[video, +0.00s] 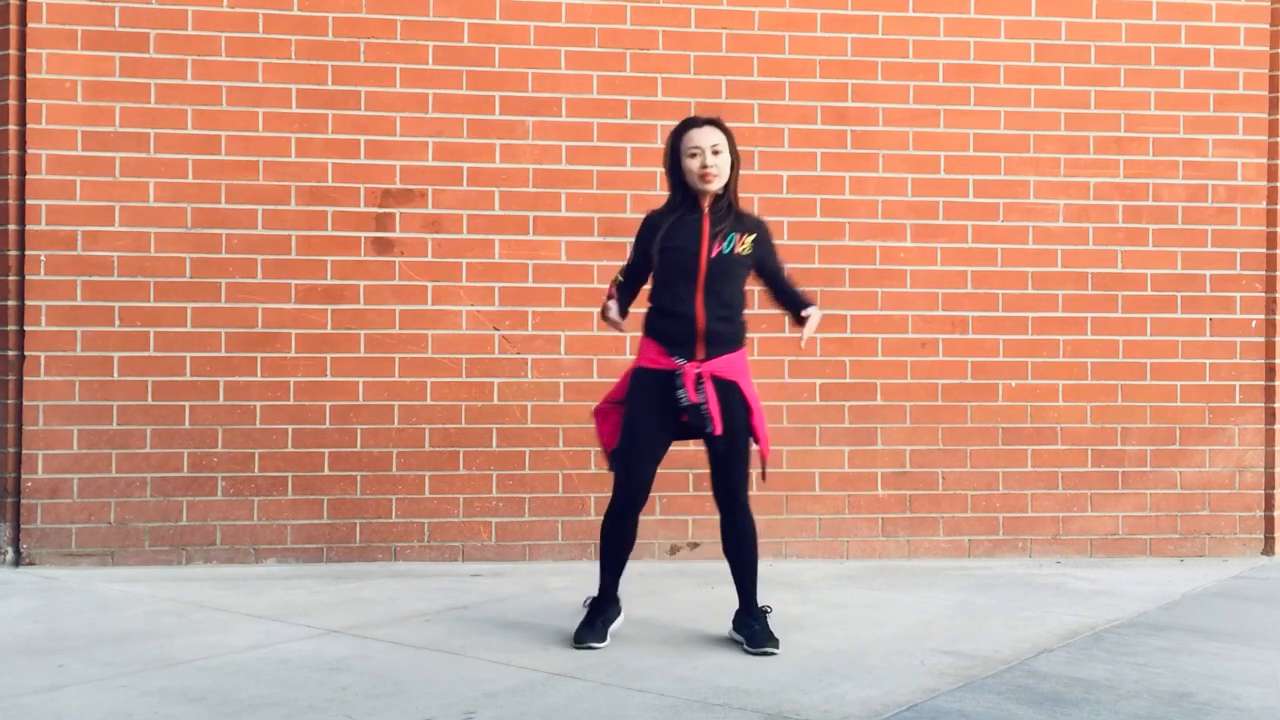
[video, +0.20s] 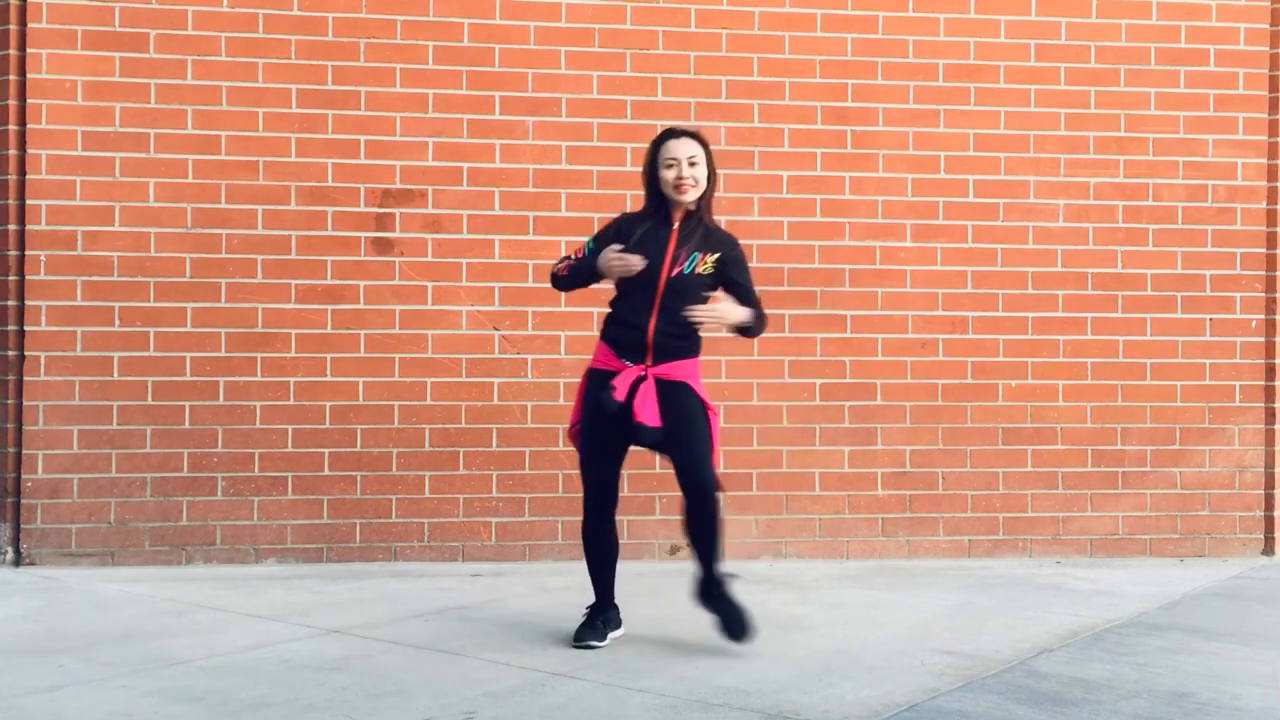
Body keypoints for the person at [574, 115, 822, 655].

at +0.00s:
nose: (707, 162)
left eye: (716, 152)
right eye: (695, 153)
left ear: (732, 159)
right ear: (678, 163)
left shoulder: (749, 229)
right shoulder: (659, 223)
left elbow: (778, 282)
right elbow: (631, 277)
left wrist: (802, 306)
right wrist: (616, 303)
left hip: (723, 375)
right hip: (658, 372)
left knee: (733, 497)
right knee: (628, 493)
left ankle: (750, 611)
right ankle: (605, 601)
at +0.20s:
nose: (683, 174)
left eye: (693, 164)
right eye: (671, 164)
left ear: (708, 173)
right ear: (655, 174)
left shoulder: (720, 246)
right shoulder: (625, 229)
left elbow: (756, 321)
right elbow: (561, 277)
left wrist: (737, 314)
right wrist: (598, 267)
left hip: (676, 379)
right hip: (611, 374)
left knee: (701, 483)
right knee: (598, 498)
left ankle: (710, 582)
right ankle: (604, 606)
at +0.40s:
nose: (667, 173)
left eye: (678, 163)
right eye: (656, 164)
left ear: (694, 169)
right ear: (640, 172)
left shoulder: (705, 238)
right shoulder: (619, 218)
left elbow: (677, 297)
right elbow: (605, 275)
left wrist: (629, 331)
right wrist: (659, 299)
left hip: (656, 371)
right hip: (596, 367)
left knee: (641, 476)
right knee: (599, 487)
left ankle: (577, 597)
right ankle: (605, 604)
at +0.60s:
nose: (663, 177)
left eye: (673, 167)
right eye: (651, 167)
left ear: (689, 173)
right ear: (636, 174)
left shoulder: (703, 239)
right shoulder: (611, 226)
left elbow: (700, 306)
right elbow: (586, 284)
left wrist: (656, 337)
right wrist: (630, 294)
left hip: (657, 371)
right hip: (597, 364)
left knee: (633, 486)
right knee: (593, 487)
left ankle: (578, 615)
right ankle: (601, 604)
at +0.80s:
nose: (673, 162)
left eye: (684, 152)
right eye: (662, 152)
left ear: (699, 160)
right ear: (644, 159)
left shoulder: (716, 226)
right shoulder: (619, 217)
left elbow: (772, 286)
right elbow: (548, 261)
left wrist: (752, 314)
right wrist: (587, 282)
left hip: (687, 367)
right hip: (621, 366)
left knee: (709, 464)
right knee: (615, 493)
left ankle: (702, 571)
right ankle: (606, 606)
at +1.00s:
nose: (691, 174)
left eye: (701, 163)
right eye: (679, 164)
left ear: (717, 169)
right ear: (664, 171)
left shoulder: (739, 230)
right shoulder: (651, 234)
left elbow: (761, 291)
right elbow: (629, 298)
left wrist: (786, 326)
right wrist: (622, 326)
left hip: (738, 380)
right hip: (671, 379)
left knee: (755, 501)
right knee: (644, 497)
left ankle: (760, 615)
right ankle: (607, 605)